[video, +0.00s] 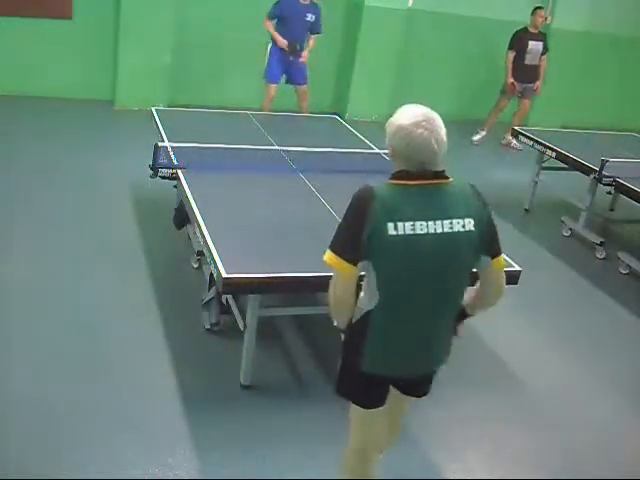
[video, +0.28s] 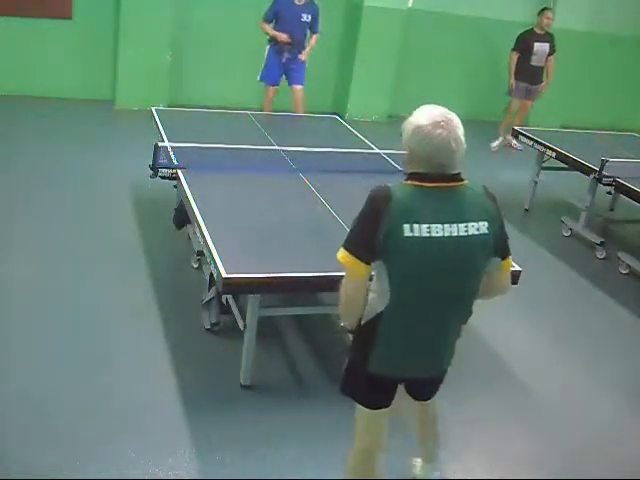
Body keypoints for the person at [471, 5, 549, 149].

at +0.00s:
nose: (542, 20)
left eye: (543, 17)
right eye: (539, 17)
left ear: (544, 20)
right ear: (532, 17)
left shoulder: (543, 37)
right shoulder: (519, 34)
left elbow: (543, 59)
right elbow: (510, 56)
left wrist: (540, 80)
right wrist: (509, 77)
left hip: (531, 81)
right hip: (515, 79)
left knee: (524, 110)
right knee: (500, 106)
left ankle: (510, 136)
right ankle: (484, 130)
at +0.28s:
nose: (549, 22)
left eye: (551, 19)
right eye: (546, 18)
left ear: (552, 21)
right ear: (539, 18)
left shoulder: (549, 38)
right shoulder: (525, 35)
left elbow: (550, 60)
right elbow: (514, 55)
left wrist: (548, 80)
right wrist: (512, 77)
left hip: (536, 81)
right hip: (520, 78)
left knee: (525, 110)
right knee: (512, 109)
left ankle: (511, 136)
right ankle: (501, 136)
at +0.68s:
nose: (554, 24)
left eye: (556, 21)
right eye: (551, 20)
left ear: (557, 23)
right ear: (543, 21)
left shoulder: (553, 40)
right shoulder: (532, 39)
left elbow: (554, 61)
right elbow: (522, 61)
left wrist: (553, 80)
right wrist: (527, 80)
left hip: (543, 80)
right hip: (530, 79)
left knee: (531, 108)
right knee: (526, 109)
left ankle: (516, 133)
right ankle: (518, 141)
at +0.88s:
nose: (555, 24)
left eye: (557, 21)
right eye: (552, 20)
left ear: (559, 22)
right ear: (545, 21)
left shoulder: (555, 40)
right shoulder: (534, 40)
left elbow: (556, 61)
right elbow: (528, 63)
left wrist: (555, 80)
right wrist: (544, 80)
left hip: (547, 76)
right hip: (534, 76)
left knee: (534, 114)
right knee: (529, 114)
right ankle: (522, 140)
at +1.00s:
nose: (557, 24)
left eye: (559, 21)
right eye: (554, 21)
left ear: (560, 23)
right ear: (546, 22)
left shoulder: (556, 41)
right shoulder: (536, 40)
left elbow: (557, 62)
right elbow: (531, 64)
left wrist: (558, 79)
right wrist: (551, 78)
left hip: (547, 84)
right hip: (532, 84)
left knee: (544, 117)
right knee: (530, 118)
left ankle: (540, 148)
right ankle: (519, 145)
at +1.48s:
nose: (571, 30)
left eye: (573, 27)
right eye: (569, 26)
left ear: (574, 28)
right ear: (561, 27)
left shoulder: (574, 47)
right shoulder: (548, 44)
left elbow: (576, 68)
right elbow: (537, 66)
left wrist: (575, 89)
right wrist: (548, 83)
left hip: (562, 91)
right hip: (544, 89)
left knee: (558, 126)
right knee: (533, 121)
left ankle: (549, 154)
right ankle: (522, 144)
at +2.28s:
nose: (583, 37)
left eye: (586, 34)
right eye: (580, 34)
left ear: (588, 36)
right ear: (573, 34)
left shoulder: (586, 54)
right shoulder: (559, 51)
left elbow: (587, 75)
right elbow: (548, 72)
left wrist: (587, 93)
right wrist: (564, 84)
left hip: (572, 97)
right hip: (553, 95)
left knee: (574, 131)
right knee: (542, 128)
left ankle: (572, 161)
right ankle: (535, 152)